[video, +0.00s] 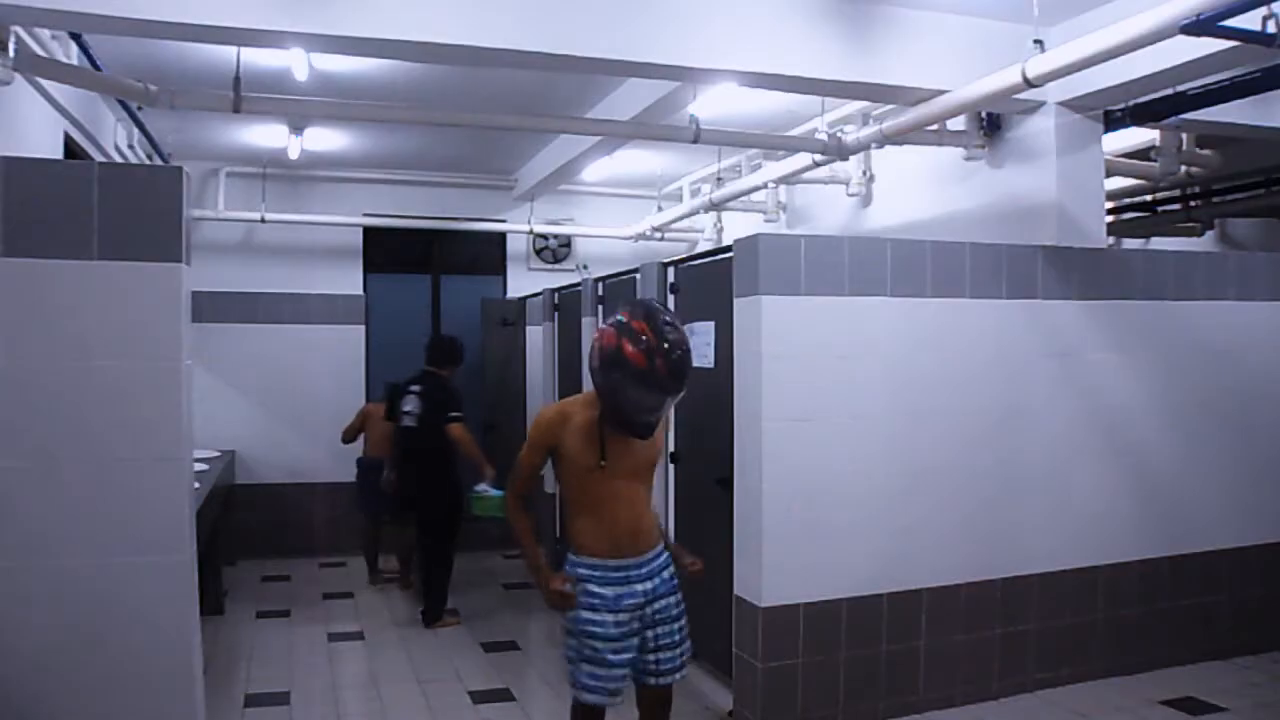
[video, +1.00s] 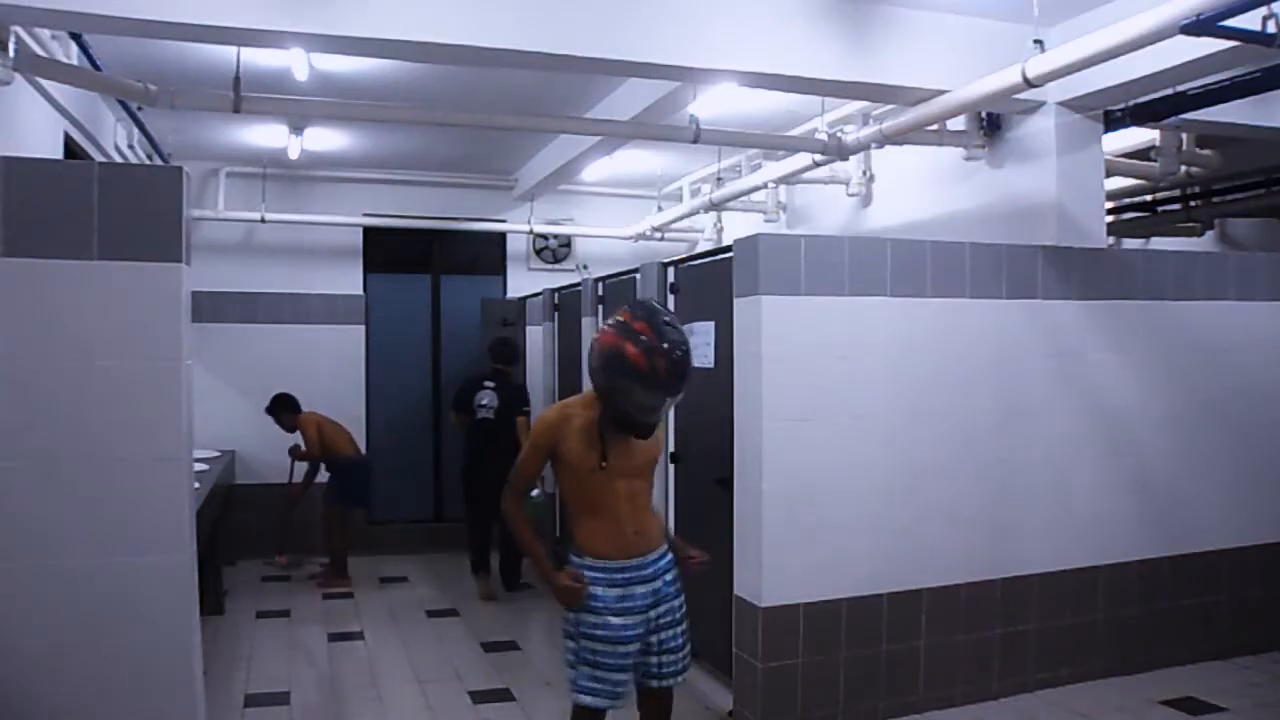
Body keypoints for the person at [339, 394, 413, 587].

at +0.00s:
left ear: (384, 394)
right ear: (404, 398)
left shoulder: (370, 410)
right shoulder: (408, 415)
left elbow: (347, 436)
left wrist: (365, 423)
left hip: (371, 465)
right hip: (401, 466)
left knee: (371, 521)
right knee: (402, 521)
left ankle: (373, 573)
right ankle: (406, 576)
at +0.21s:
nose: (358, 400)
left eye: (359, 396)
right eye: (359, 397)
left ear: (363, 396)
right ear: (383, 396)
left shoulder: (363, 409)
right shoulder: (395, 415)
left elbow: (342, 435)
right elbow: (405, 444)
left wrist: (354, 422)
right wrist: (399, 471)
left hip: (372, 470)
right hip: (398, 471)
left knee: (361, 522)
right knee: (401, 524)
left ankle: (353, 572)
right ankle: (404, 576)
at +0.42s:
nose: (328, 406)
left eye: (328, 402)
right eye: (327, 402)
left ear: (334, 399)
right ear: (350, 397)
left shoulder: (347, 411)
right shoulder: (362, 415)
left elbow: (336, 436)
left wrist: (327, 425)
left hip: (364, 473)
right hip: (384, 473)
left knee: (349, 523)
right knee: (387, 526)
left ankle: (343, 575)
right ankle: (403, 575)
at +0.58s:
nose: (305, 416)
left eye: (306, 411)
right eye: (304, 412)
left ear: (313, 407)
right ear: (323, 404)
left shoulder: (329, 415)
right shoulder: (338, 416)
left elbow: (325, 441)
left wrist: (312, 434)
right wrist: (327, 486)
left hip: (355, 472)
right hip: (370, 471)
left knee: (340, 522)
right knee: (370, 524)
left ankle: (342, 575)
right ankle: (398, 567)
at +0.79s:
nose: (289, 422)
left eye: (287, 417)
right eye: (286, 418)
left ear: (293, 412)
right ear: (305, 406)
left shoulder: (313, 418)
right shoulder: (322, 419)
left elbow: (314, 448)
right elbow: (331, 460)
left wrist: (301, 445)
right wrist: (315, 485)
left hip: (350, 467)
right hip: (359, 465)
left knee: (338, 519)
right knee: (343, 519)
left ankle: (343, 575)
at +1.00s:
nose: (280, 426)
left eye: (279, 420)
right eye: (277, 421)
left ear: (287, 413)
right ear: (294, 410)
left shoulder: (307, 421)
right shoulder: (310, 422)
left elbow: (315, 455)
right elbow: (314, 465)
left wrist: (298, 454)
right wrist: (301, 490)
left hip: (348, 470)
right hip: (348, 469)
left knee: (335, 520)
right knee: (334, 519)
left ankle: (340, 574)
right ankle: (336, 569)